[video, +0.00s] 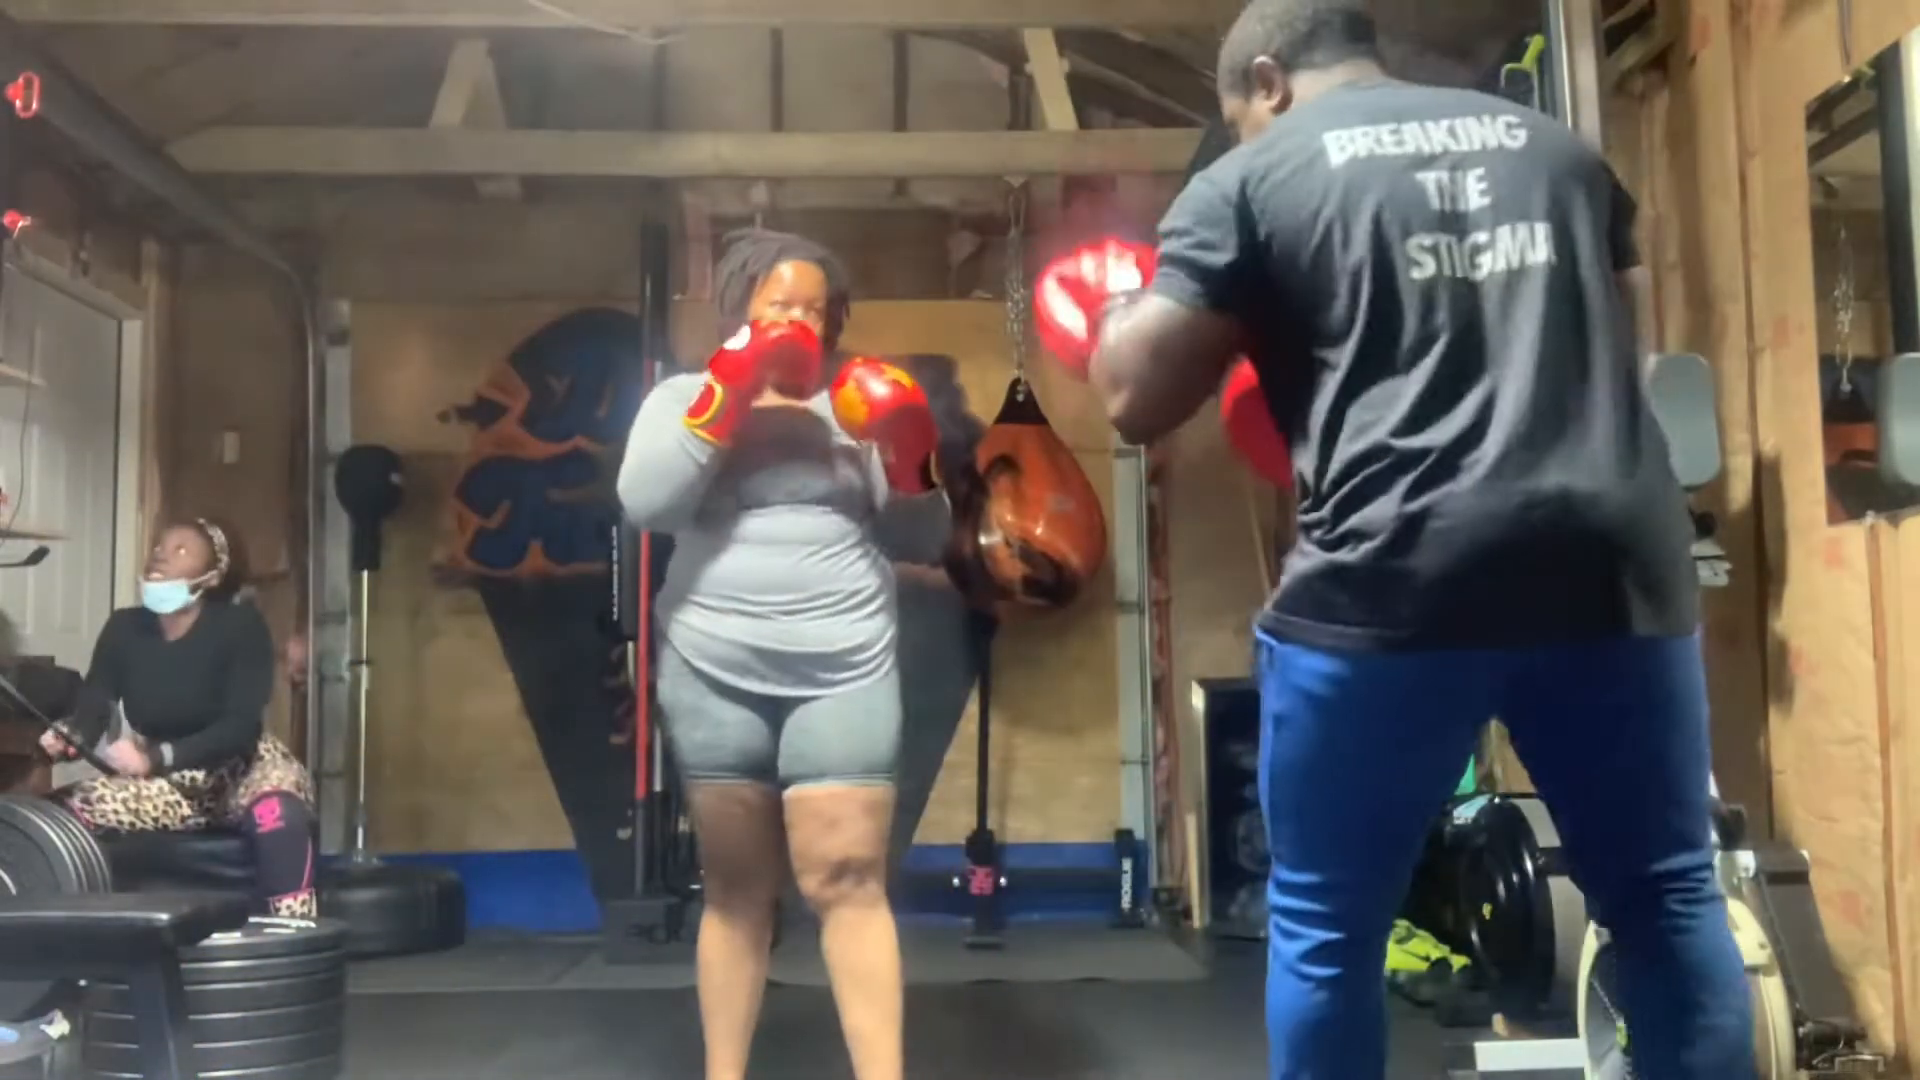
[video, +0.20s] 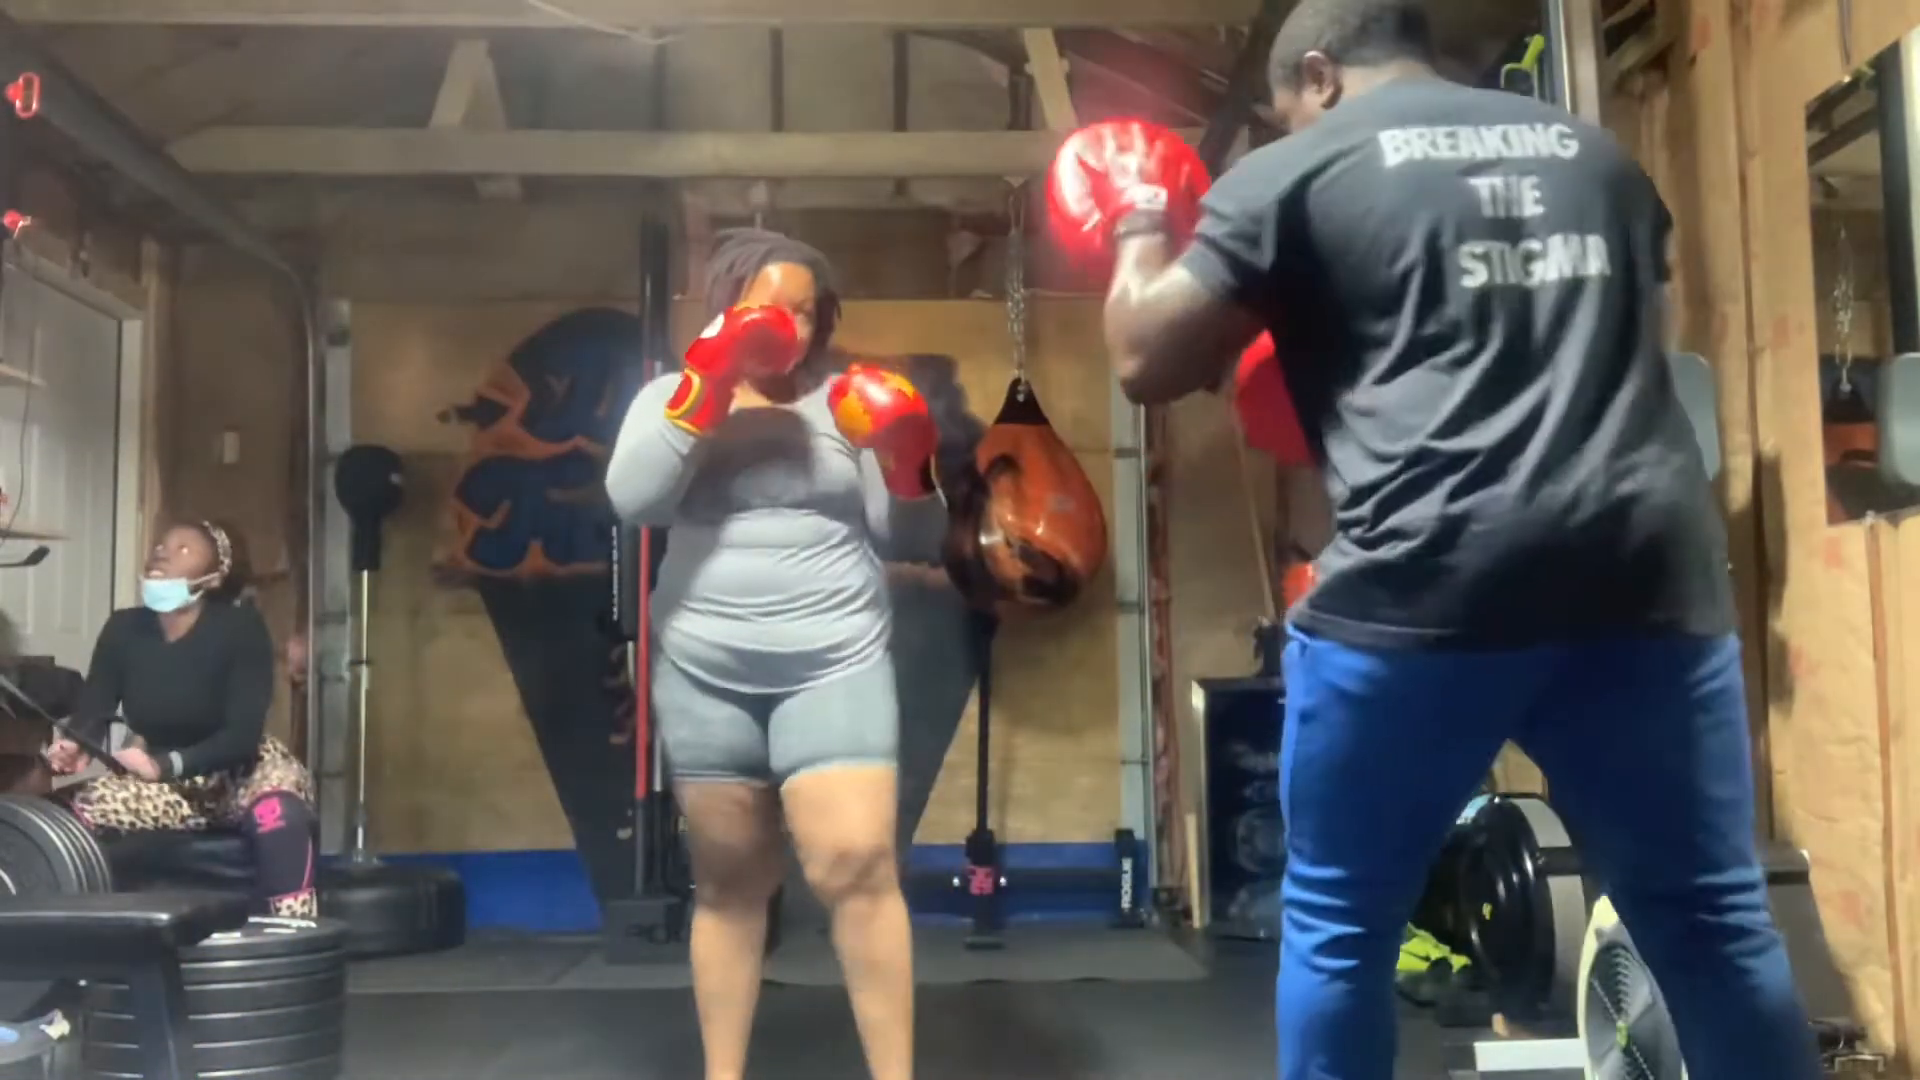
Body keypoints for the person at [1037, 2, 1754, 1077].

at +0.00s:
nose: (1237, 138)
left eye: (1233, 121)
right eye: (1230, 125)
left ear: (1270, 87)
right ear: (1372, 57)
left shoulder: (1251, 178)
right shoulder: (1555, 137)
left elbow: (1137, 401)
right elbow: (1622, 348)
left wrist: (1128, 315)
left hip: (1393, 570)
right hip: (1617, 554)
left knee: (1323, 933)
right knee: (1667, 894)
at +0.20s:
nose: (1287, 125)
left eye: (1283, 111)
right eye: (1282, 112)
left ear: (1318, 81)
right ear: (1428, 55)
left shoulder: (1292, 173)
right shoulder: (1597, 151)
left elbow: (1146, 362)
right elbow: (1647, 335)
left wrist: (1138, 235)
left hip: (1423, 575)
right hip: (1652, 561)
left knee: (1337, 925)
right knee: (1715, 914)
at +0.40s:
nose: (1335, 120)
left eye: (1335, 104)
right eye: (1334, 106)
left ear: (1371, 81)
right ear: (1486, 65)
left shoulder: (1332, 173)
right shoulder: (1639, 174)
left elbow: (1158, 329)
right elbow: (1681, 337)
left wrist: (1169, 195)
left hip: (1438, 603)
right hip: (1672, 596)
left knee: (1322, 914)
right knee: (1726, 931)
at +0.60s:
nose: (1312, 130)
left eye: (1312, 114)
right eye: (1313, 117)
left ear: (1342, 93)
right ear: (1461, 81)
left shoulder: (1293, 183)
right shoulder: (1607, 170)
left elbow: (1107, 298)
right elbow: (1674, 357)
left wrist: (1117, 166)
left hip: (1418, 574)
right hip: (1653, 562)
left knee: (1337, 915)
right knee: (1723, 906)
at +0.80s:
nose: (1345, 142)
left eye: (1346, 128)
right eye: (1349, 130)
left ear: (1377, 109)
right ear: (1494, 96)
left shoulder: (1324, 193)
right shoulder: (1646, 194)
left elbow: (1137, 329)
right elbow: (1695, 399)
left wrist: (1174, 277)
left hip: (1444, 585)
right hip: (1674, 579)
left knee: (1310, 867)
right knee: (1749, 927)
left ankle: (1326, 1071)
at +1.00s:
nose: (1341, 207)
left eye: (1341, 190)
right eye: (1341, 193)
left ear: (1366, 178)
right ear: (1489, 171)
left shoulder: (1317, 267)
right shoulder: (1611, 272)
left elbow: (1178, 423)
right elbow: (1641, 399)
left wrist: (1287, 408)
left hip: (1413, 668)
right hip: (1638, 661)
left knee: (1292, 906)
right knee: (1716, 973)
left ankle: (1246, 1069)